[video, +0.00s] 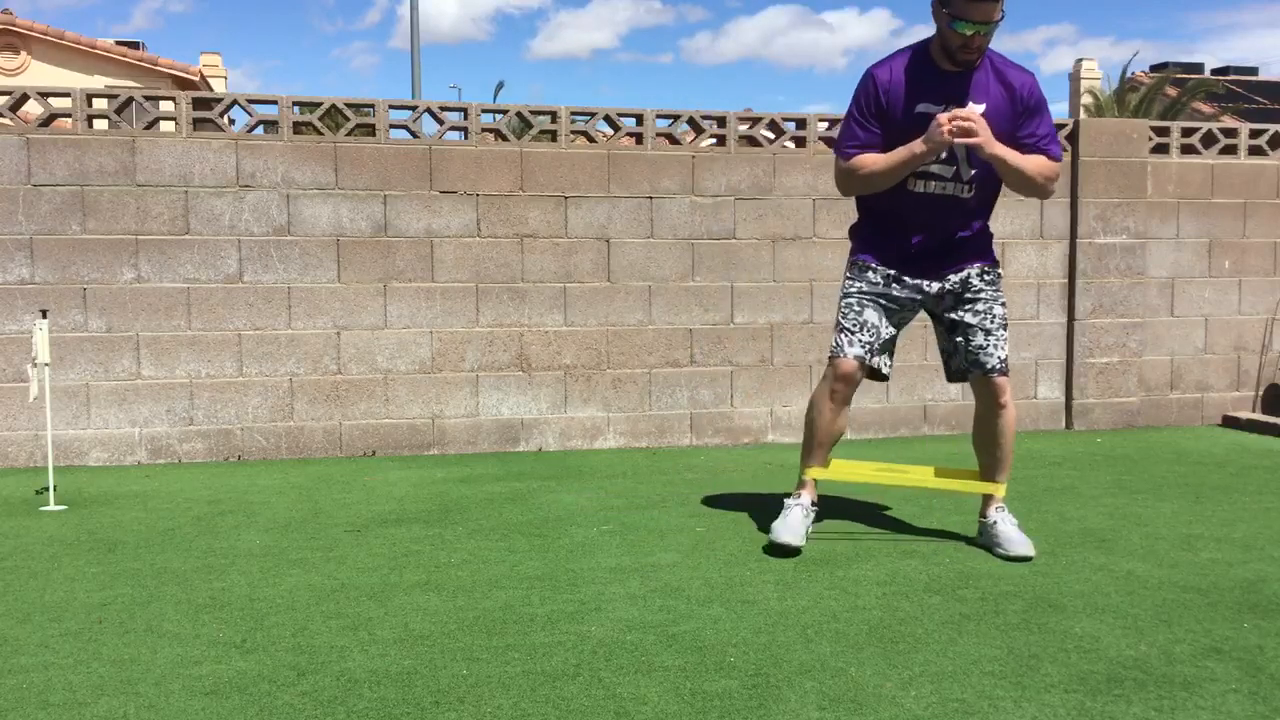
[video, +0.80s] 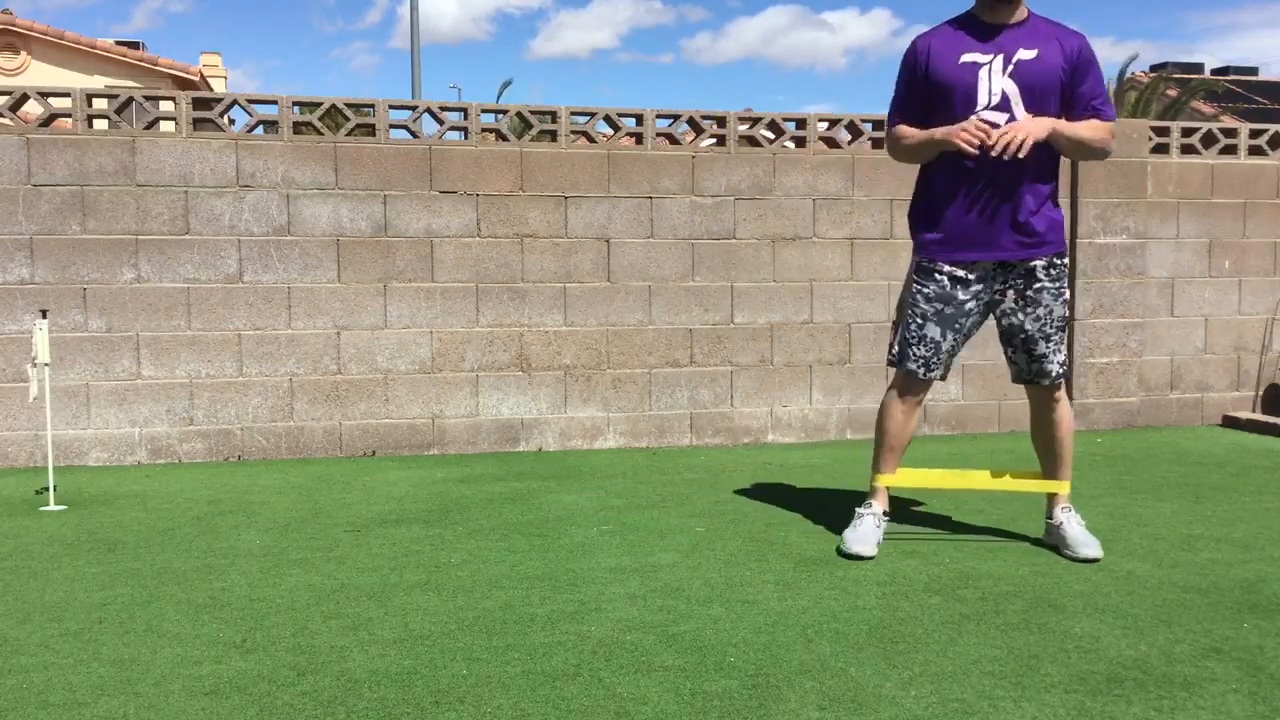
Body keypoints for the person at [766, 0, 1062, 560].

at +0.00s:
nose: (973, 37)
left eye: (987, 26)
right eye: (961, 23)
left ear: (1000, 19)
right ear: (936, 10)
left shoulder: (1016, 85)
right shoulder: (887, 80)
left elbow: (1045, 181)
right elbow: (848, 178)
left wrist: (990, 147)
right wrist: (924, 146)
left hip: (966, 259)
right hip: (883, 256)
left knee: (995, 380)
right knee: (844, 370)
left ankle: (995, 511)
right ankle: (803, 496)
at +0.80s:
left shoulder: (1068, 47)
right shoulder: (930, 48)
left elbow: (1102, 139)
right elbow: (898, 143)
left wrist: (1049, 127)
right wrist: (944, 137)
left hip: (1036, 250)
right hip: (948, 250)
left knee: (1048, 382)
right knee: (910, 378)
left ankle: (1061, 511)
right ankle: (875, 506)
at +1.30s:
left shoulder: (1072, 46)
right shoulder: (936, 42)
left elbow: (1087, 147)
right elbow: (898, 137)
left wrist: (1059, 126)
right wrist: (961, 126)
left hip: (1043, 241)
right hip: (960, 242)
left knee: (1055, 378)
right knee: (959, 377)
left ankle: (1057, 508)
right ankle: (955, 508)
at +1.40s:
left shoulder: (1075, 42)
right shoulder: (937, 42)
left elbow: (1100, 139)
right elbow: (901, 138)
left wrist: (1059, 124)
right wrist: (963, 125)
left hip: (1046, 243)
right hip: (964, 243)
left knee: (1052, 378)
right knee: (962, 377)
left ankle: (1044, 511)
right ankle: (955, 508)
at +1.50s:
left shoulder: (1083, 41)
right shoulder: (946, 45)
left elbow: (1113, 133)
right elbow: (909, 144)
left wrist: (1057, 122)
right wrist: (969, 125)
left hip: (1050, 240)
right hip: (967, 240)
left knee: (1051, 379)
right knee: (960, 375)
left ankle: (1046, 513)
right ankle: (952, 507)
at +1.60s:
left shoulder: (1085, 39)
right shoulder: (949, 44)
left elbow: (1123, 131)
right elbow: (916, 147)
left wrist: (1058, 118)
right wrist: (969, 113)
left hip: (1049, 240)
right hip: (967, 239)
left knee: (1051, 379)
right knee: (953, 373)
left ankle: (1046, 512)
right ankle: (934, 503)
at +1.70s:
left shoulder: (1081, 40)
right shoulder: (944, 45)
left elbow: (1120, 134)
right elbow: (909, 147)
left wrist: (1056, 107)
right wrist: (968, 106)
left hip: (1048, 240)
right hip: (963, 240)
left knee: (1051, 380)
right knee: (944, 375)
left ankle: (1045, 512)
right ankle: (920, 507)